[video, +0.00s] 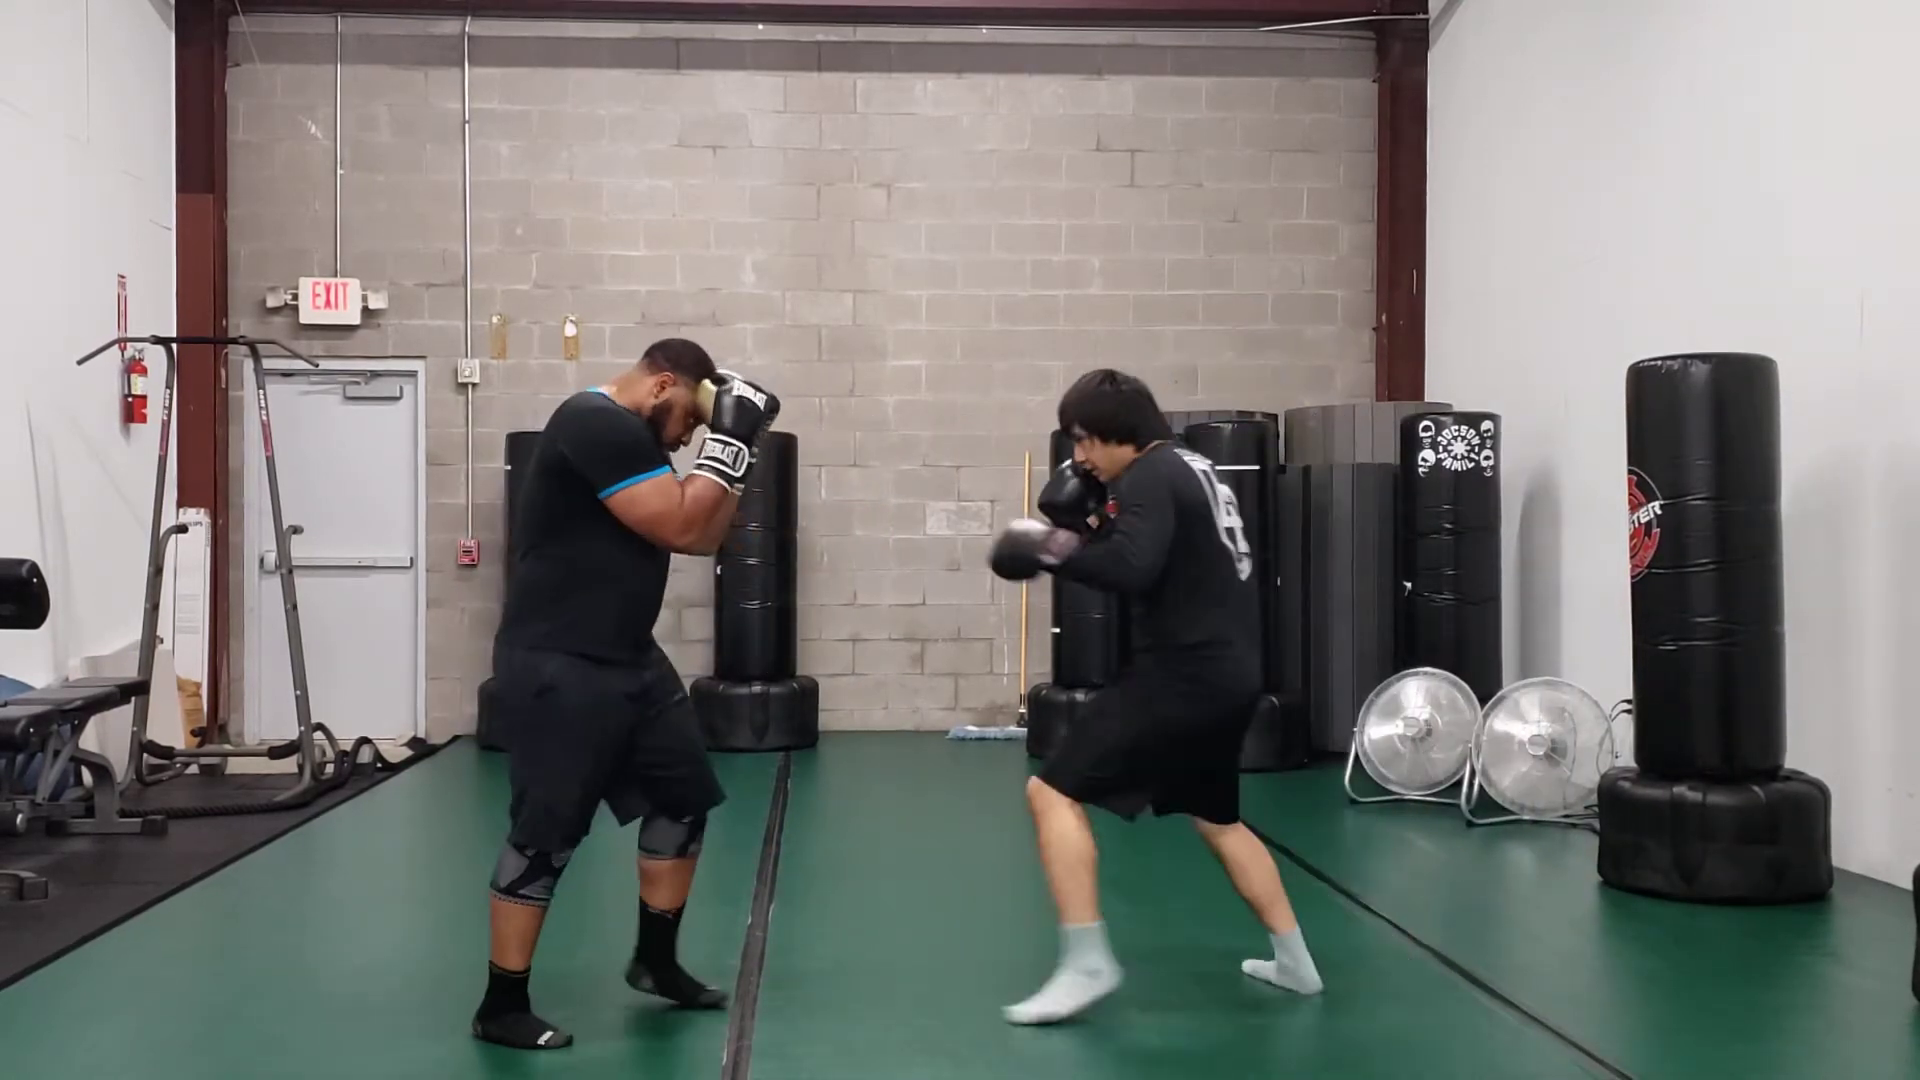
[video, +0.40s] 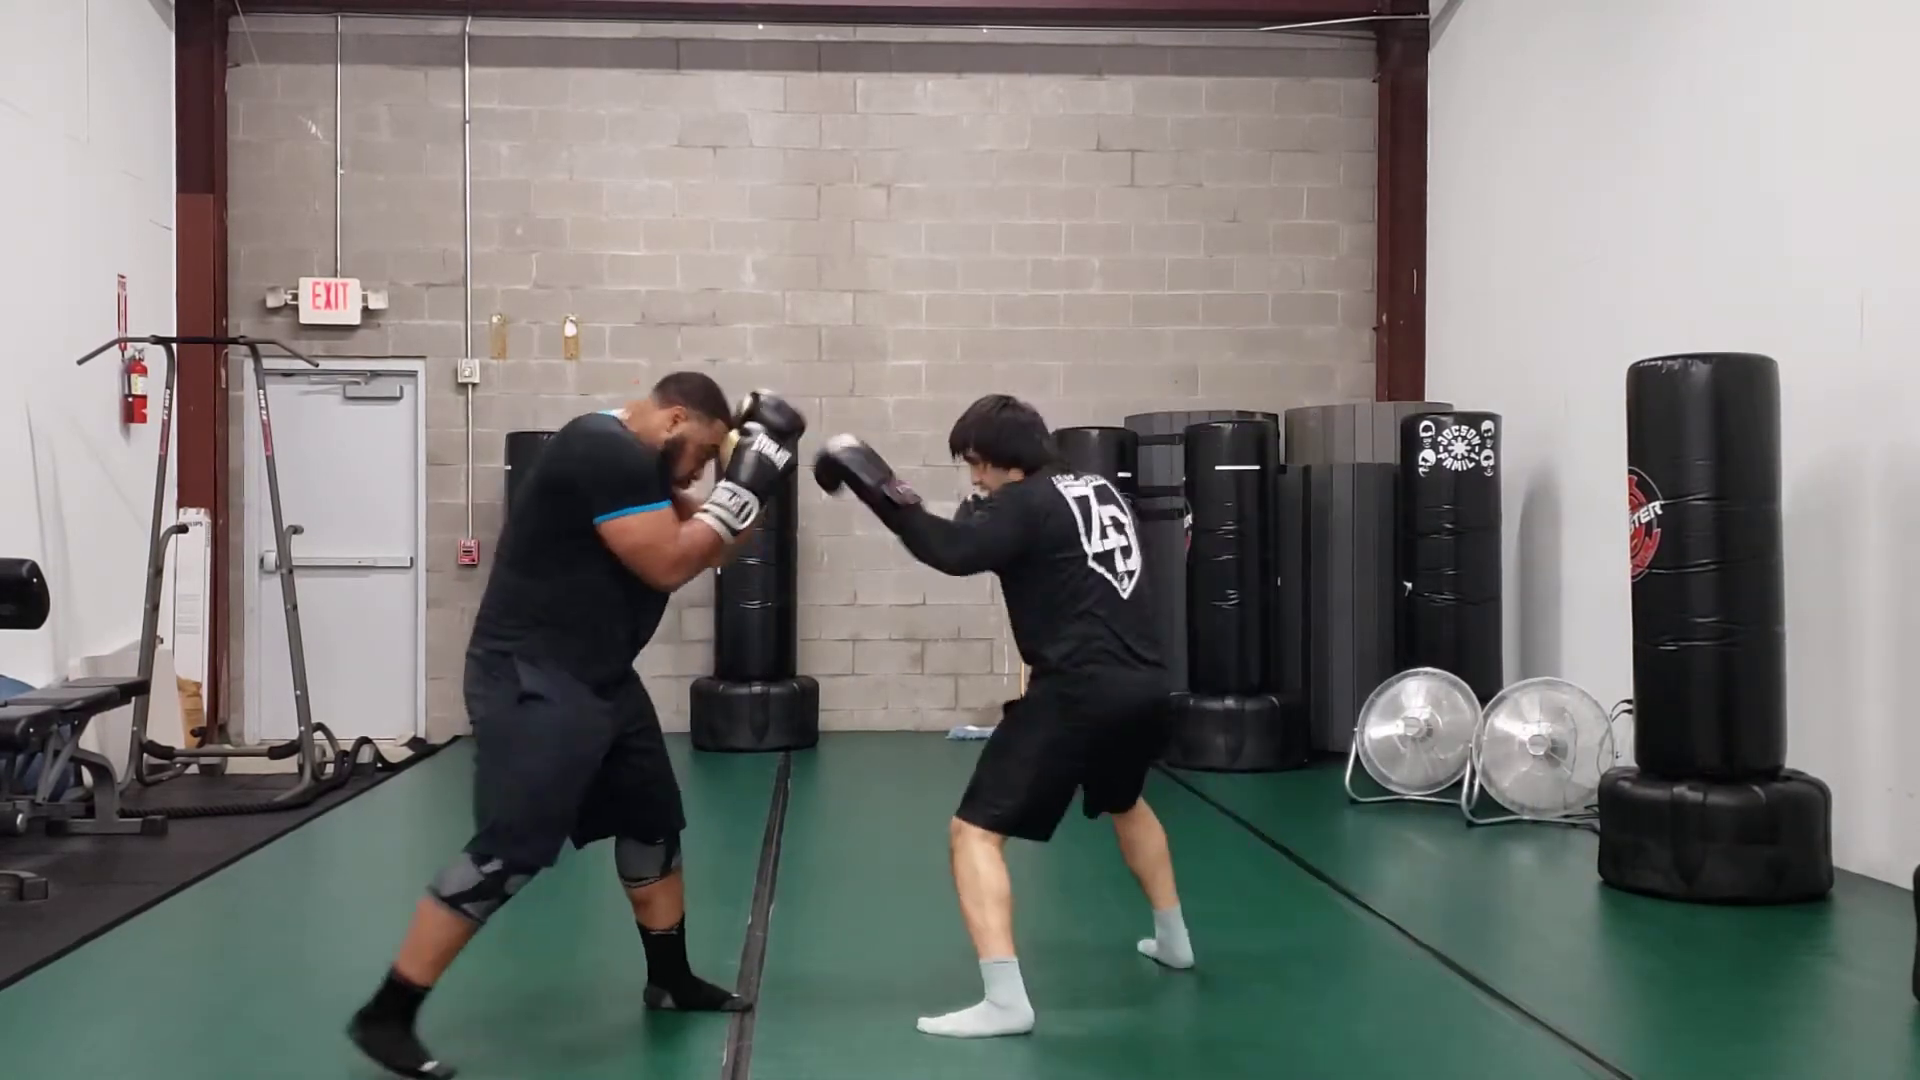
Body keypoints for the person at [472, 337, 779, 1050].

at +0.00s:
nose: (683, 438)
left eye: (690, 428)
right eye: (685, 420)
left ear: (658, 385)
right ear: (661, 384)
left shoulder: (630, 443)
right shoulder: (591, 423)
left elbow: (704, 538)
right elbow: (682, 526)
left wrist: (733, 455)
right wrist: (730, 439)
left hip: (630, 663)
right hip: (559, 668)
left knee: (683, 800)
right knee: (542, 835)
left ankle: (656, 962)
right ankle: (504, 1006)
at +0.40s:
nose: (692, 473)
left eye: (703, 464)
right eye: (695, 455)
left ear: (670, 418)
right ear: (671, 416)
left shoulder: (637, 462)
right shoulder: (601, 448)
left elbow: (694, 552)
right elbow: (666, 565)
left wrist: (745, 482)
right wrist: (740, 492)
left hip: (602, 677)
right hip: (530, 675)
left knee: (650, 821)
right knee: (512, 848)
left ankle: (670, 979)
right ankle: (386, 1016)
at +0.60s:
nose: (628, 465)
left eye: (637, 452)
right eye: (633, 445)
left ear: (597, 414)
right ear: (600, 412)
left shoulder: (563, 467)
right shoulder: (516, 457)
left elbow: (578, 572)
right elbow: (577, 580)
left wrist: (648, 507)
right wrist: (658, 515)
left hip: (558, 710)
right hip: (486, 713)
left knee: (607, 851)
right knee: (451, 881)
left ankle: (665, 977)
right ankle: (350, 1048)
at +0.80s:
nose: (602, 430)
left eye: (610, 418)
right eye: (607, 410)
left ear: (570, 378)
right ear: (578, 378)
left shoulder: (535, 436)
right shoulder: (498, 426)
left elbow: (555, 542)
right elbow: (555, 554)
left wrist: (612, 475)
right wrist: (630, 485)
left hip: (524, 678)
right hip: (451, 683)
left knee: (566, 819)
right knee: (424, 857)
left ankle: (563, 994)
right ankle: (347, 1046)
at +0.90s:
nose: (602, 427)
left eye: (609, 416)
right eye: (607, 408)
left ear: (564, 370)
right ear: (581, 375)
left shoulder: (512, 422)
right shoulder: (518, 426)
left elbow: (539, 534)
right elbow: (577, 552)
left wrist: (595, 474)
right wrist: (644, 477)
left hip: (512, 679)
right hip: (445, 682)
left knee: (553, 823)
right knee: (420, 857)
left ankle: (521, 1003)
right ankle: (346, 1047)